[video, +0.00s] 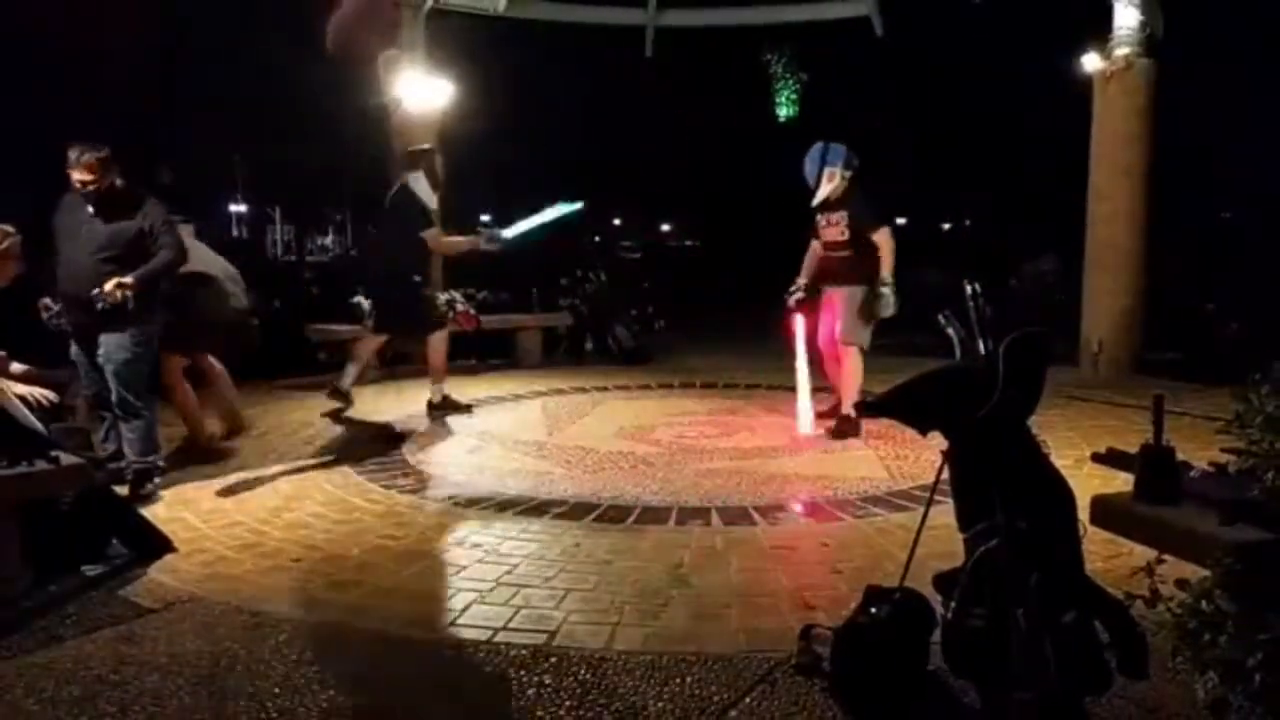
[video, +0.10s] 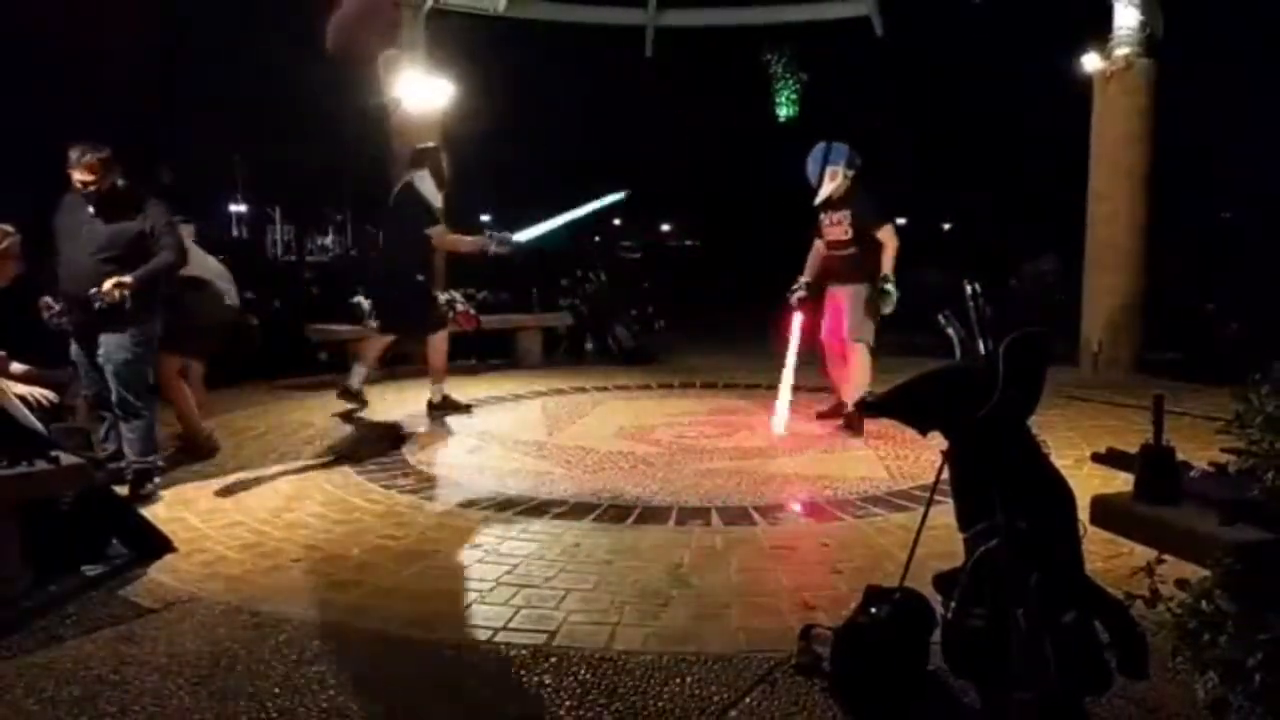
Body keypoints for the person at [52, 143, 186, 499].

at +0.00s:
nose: (82, 190)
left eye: (89, 183)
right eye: (77, 183)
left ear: (109, 176)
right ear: (70, 178)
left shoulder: (142, 208)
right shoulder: (68, 207)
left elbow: (173, 251)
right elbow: (61, 258)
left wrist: (133, 281)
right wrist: (55, 296)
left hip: (126, 323)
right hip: (80, 323)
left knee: (130, 403)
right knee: (100, 402)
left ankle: (142, 472)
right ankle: (111, 466)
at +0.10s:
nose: (85, 191)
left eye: (92, 183)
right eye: (79, 184)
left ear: (111, 174)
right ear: (71, 178)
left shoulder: (143, 207)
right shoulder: (69, 207)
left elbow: (173, 252)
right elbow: (62, 259)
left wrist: (132, 281)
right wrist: (56, 296)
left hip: (127, 322)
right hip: (81, 322)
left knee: (130, 402)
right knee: (99, 401)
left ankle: (142, 472)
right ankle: (110, 465)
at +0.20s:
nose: (87, 189)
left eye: (94, 181)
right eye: (81, 182)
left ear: (112, 174)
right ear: (72, 177)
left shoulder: (142, 206)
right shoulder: (69, 208)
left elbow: (176, 252)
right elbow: (61, 257)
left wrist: (132, 273)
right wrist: (53, 294)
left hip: (127, 322)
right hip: (82, 322)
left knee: (130, 402)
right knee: (98, 401)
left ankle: (142, 473)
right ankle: (109, 465)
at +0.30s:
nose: (85, 191)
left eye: (92, 184)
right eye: (79, 183)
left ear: (111, 176)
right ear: (70, 177)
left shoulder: (140, 205)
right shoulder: (69, 208)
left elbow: (175, 248)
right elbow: (61, 256)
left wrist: (130, 264)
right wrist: (53, 293)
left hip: (127, 323)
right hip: (81, 323)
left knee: (130, 402)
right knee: (98, 401)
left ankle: (142, 472)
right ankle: (109, 465)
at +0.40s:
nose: (83, 192)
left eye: (91, 185)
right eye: (77, 185)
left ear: (112, 179)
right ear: (71, 180)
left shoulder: (143, 208)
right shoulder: (70, 209)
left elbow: (175, 246)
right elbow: (62, 255)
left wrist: (127, 258)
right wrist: (54, 292)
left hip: (127, 322)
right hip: (82, 322)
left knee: (130, 402)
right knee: (97, 400)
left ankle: (142, 470)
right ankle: (110, 463)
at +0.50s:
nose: (82, 193)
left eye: (90, 186)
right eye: (77, 186)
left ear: (112, 179)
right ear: (71, 180)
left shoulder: (143, 207)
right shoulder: (71, 209)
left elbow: (175, 245)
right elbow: (63, 256)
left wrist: (125, 252)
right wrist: (53, 290)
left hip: (128, 320)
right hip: (82, 319)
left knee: (130, 399)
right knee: (96, 398)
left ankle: (141, 470)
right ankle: (108, 461)